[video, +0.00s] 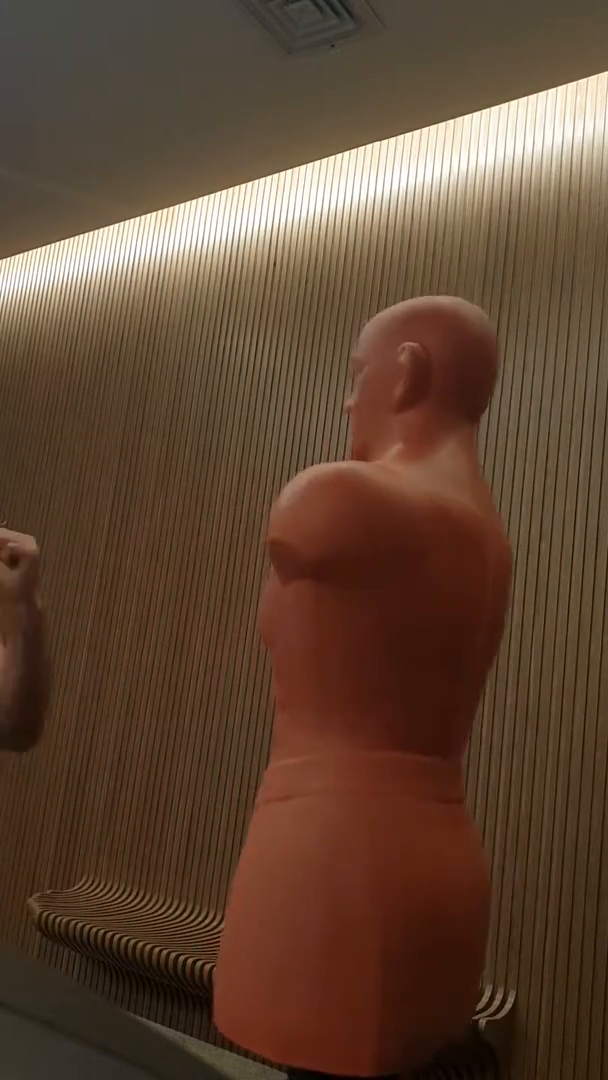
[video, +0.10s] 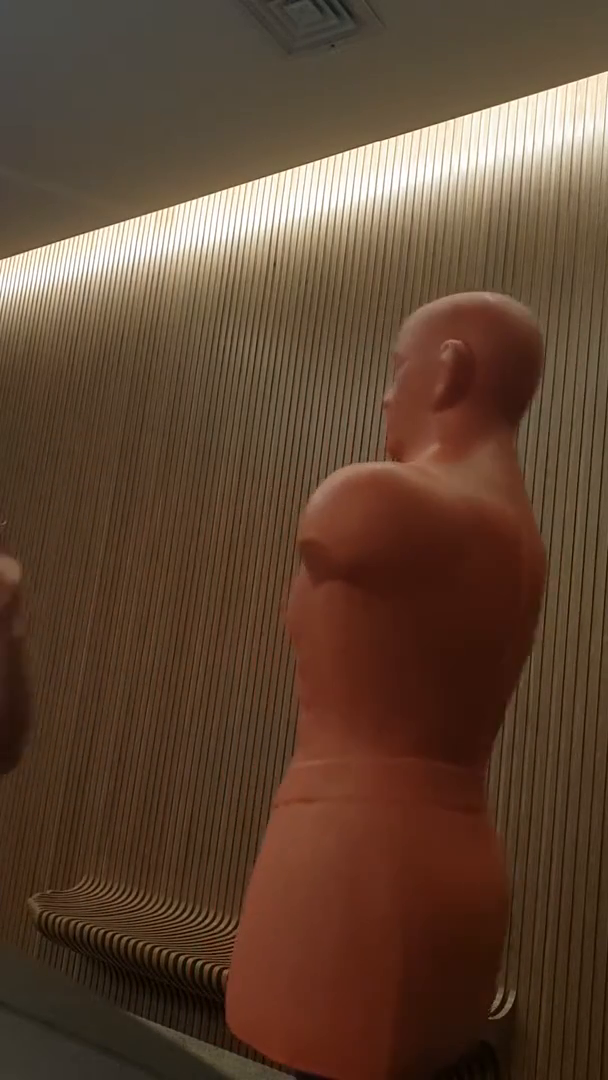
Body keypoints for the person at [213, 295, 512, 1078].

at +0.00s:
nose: (348, 397)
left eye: (358, 372)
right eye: (351, 374)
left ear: (409, 373)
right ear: (474, 399)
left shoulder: (333, 501)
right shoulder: (488, 536)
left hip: (328, 866)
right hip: (437, 853)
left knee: (288, 1062)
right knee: (404, 1062)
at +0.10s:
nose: (385, 398)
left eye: (398, 371)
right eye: (390, 373)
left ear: (450, 374)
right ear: (513, 400)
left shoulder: (370, 502)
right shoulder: (518, 540)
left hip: (347, 872)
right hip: (455, 863)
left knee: (302, 1062)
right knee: (419, 1063)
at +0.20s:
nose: (400, 393)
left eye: (414, 367)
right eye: (406, 369)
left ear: (466, 374)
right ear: (529, 402)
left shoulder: (382, 502)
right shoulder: (533, 545)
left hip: (353, 875)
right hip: (462, 865)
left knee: (306, 1062)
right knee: (419, 1064)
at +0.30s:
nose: (385, 396)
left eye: (397, 370)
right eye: (390, 372)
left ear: (449, 375)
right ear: (511, 402)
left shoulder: (368, 503)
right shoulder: (519, 544)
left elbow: (321, 527)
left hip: (345, 874)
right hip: (454, 862)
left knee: (302, 1064)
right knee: (411, 1065)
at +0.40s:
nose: (355, 402)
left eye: (366, 376)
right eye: (359, 379)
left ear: (419, 376)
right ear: (480, 399)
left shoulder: (339, 503)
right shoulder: (493, 536)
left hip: (335, 861)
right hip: (440, 848)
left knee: (295, 1064)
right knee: (402, 1063)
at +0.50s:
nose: (345, 401)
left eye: (354, 376)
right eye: (347, 378)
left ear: (404, 376)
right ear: (467, 398)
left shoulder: (332, 501)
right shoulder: (479, 528)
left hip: (332, 859)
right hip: (434, 846)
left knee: (293, 1063)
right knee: (404, 1063)